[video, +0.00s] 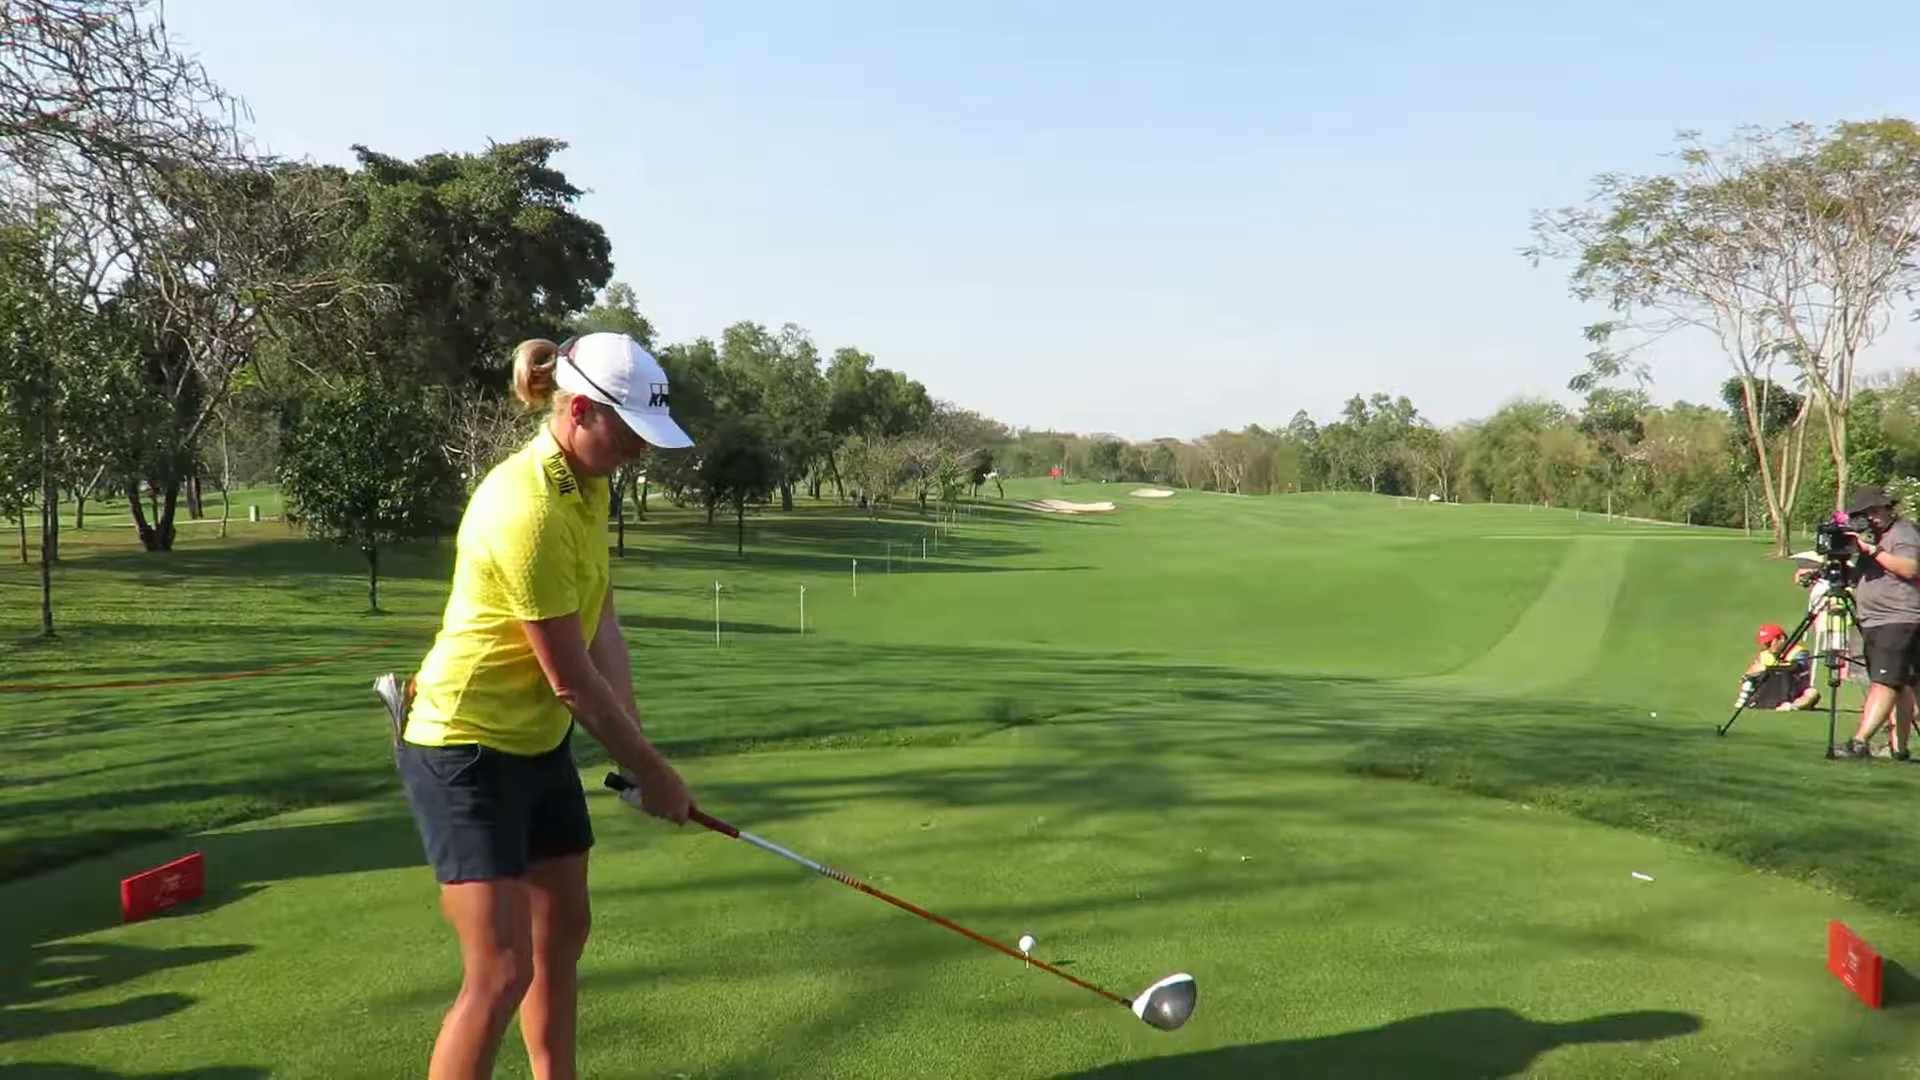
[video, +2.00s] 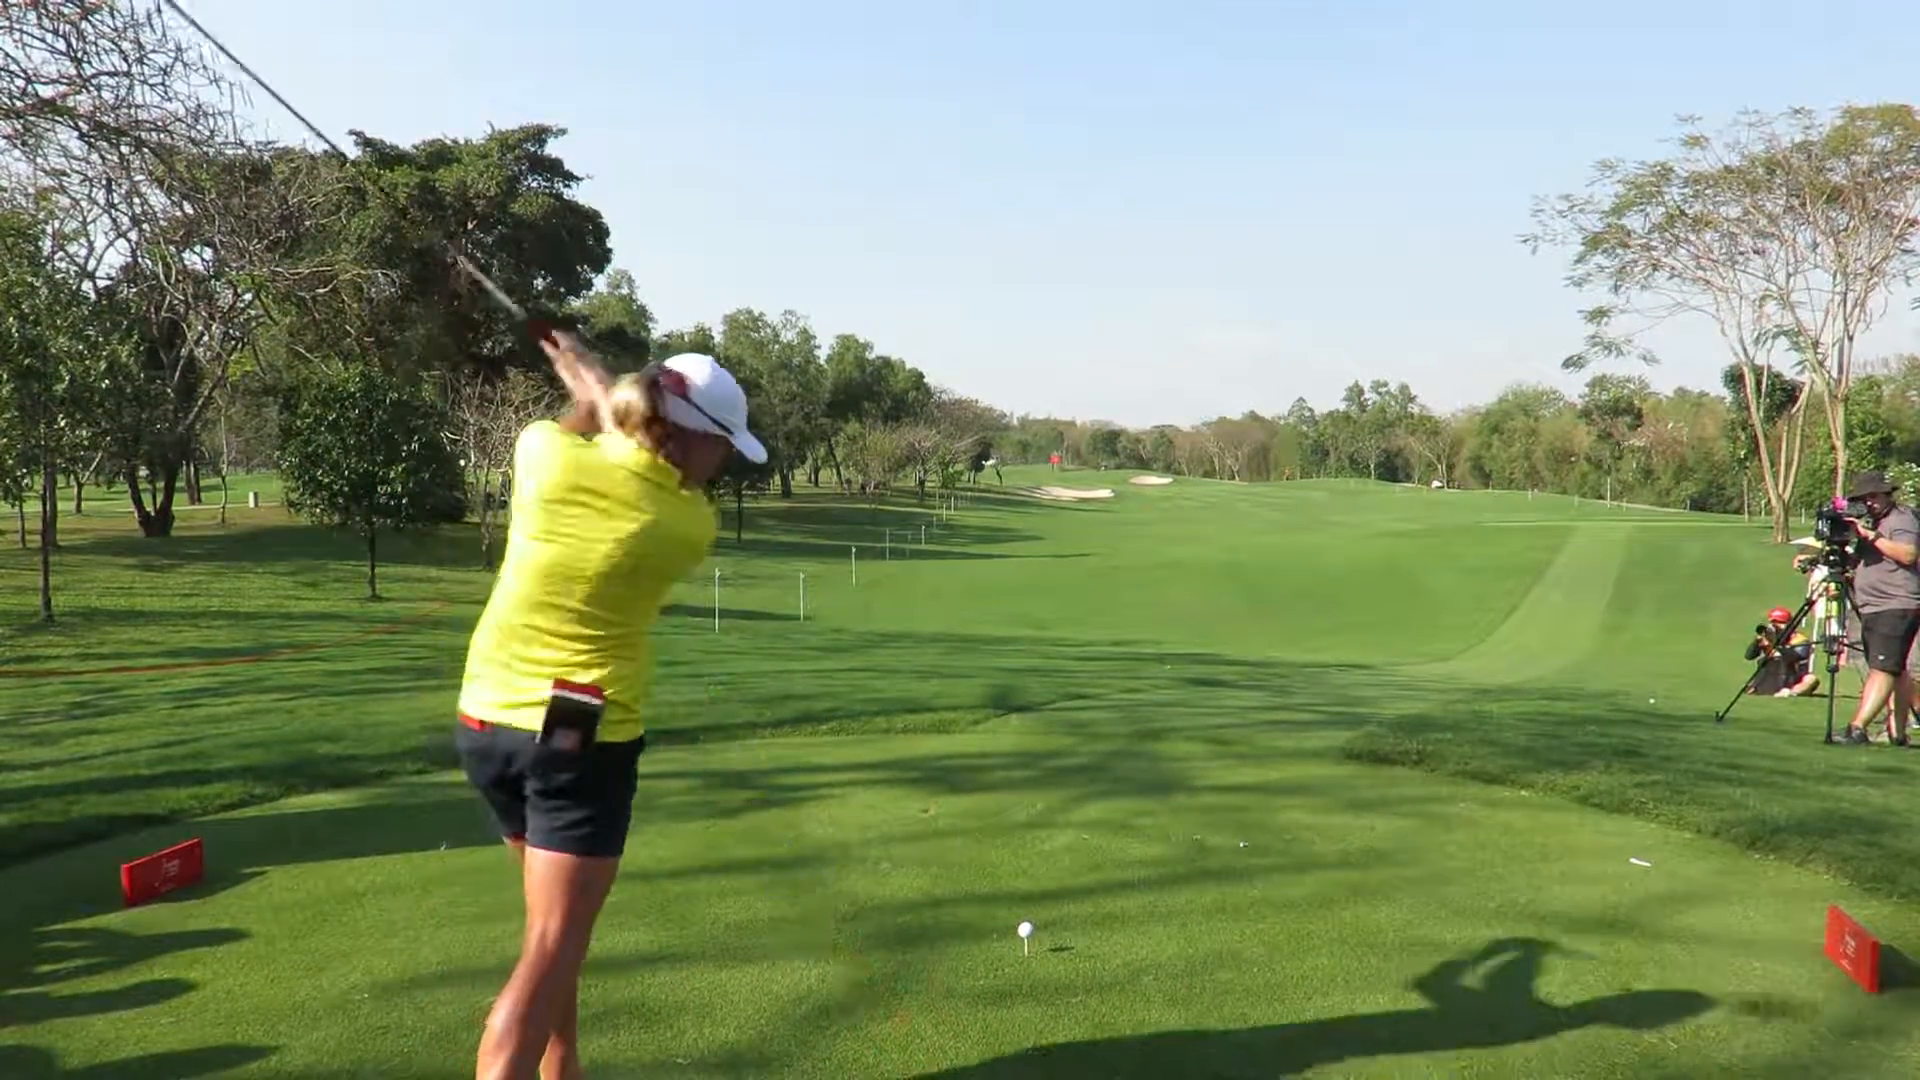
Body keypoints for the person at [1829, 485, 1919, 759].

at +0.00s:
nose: (1870, 520)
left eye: (1874, 513)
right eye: (1865, 516)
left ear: (1887, 509)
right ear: (1862, 519)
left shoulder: (1902, 532)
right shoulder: (1873, 538)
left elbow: (1910, 569)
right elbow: (1861, 575)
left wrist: (1872, 551)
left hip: (1898, 620)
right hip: (1875, 621)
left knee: (1884, 681)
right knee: (1899, 687)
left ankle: (1859, 740)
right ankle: (1899, 747)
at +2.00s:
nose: (1867, 506)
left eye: (1871, 499)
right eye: (1863, 501)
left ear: (1885, 496)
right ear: (1864, 502)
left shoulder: (1901, 519)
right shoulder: (1874, 523)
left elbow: (1908, 555)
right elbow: (1866, 562)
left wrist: (1872, 537)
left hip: (1897, 605)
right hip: (1874, 606)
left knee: (1883, 667)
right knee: (1892, 671)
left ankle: (1857, 726)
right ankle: (1898, 731)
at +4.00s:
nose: (1870, 511)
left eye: (1874, 504)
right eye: (1865, 507)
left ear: (1889, 500)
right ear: (1863, 509)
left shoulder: (1903, 524)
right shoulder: (1874, 530)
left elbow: (1911, 559)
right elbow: (1863, 572)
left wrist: (1873, 541)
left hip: (1899, 611)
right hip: (1875, 613)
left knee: (1885, 671)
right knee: (1896, 677)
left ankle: (1859, 731)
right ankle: (1900, 738)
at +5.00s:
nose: (1870, 510)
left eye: (1872, 503)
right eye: (1865, 506)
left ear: (1884, 500)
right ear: (1862, 509)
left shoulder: (1901, 524)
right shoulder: (1871, 530)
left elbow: (1909, 559)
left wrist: (1869, 540)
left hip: (1898, 610)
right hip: (1872, 611)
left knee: (1882, 670)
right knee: (1893, 676)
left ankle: (1857, 731)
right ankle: (1897, 738)